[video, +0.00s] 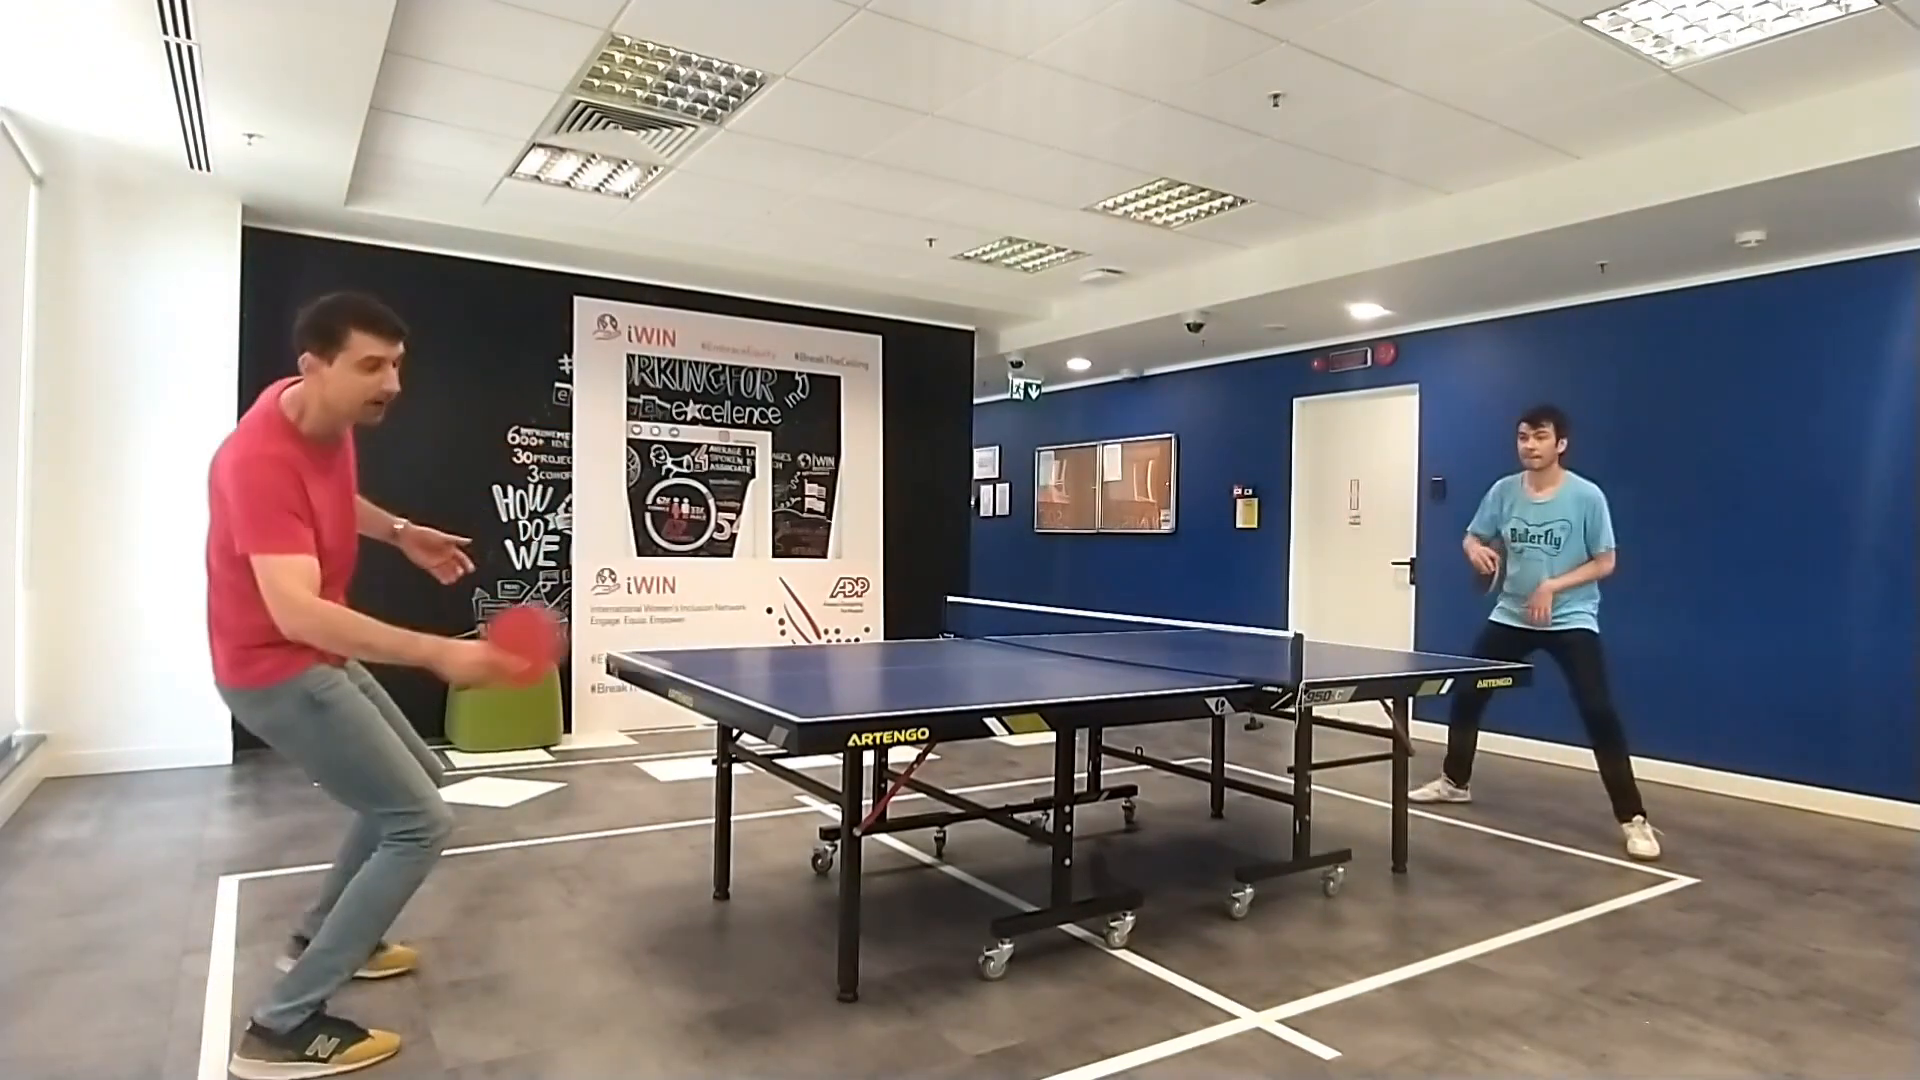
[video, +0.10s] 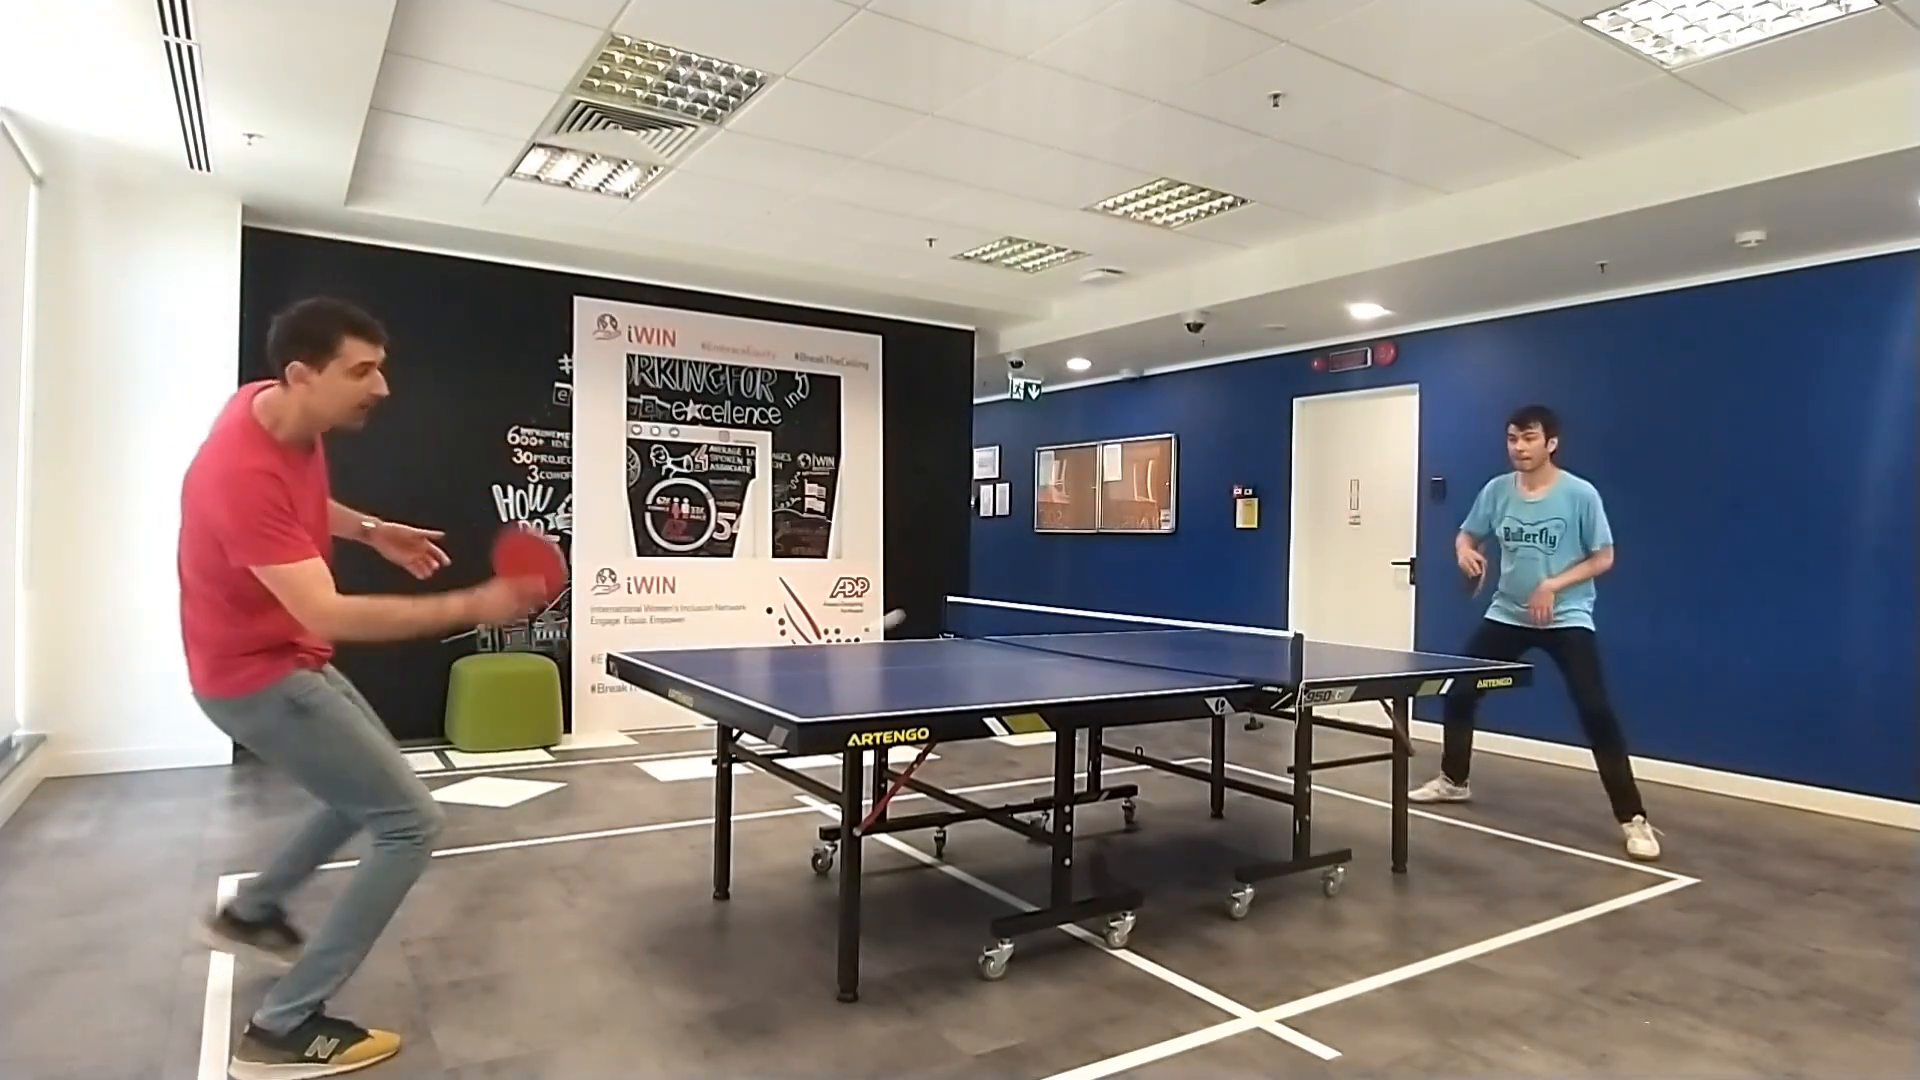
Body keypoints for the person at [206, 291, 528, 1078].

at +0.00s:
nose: (390, 384)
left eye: (394, 367)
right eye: (372, 367)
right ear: (313, 367)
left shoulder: (323, 415)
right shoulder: (262, 461)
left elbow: (327, 500)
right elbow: (298, 614)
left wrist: (401, 532)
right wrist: (441, 653)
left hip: (321, 649)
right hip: (277, 672)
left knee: (419, 783)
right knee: (416, 825)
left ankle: (330, 935)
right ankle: (285, 1021)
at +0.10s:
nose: (379, 389)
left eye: (379, 371)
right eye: (363, 372)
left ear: (307, 374)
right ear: (300, 375)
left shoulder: (284, 413)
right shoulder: (245, 478)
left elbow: (293, 504)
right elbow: (324, 615)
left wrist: (369, 530)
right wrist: (473, 606)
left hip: (291, 652)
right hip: (256, 676)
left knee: (370, 782)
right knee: (409, 824)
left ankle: (252, 905)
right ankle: (286, 1021)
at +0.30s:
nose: (319, 357)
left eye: (317, 340)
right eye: (304, 341)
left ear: (248, 350)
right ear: (246, 348)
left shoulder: (215, 412)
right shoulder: (184, 442)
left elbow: (223, 505)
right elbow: (264, 581)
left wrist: (310, 521)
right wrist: (399, 535)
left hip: (195, 655)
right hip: (195, 665)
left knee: (243, 808)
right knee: (357, 809)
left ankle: (59, 900)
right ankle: (283, 1022)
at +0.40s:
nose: (289, 356)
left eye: (287, 340)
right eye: (275, 340)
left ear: (223, 351)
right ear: (219, 347)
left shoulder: (199, 423)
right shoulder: (136, 432)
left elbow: (207, 510)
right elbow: (186, 574)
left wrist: (291, 526)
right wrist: (332, 544)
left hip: (156, 657)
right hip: (135, 664)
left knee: (151, 818)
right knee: (303, 800)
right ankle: (278, 1021)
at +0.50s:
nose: (268, 353)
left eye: (265, 337)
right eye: (254, 337)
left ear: (205, 350)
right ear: (198, 346)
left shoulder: (192, 425)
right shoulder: (105, 427)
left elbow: (181, 508)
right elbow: (108, 571)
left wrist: (277, 539)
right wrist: (261, 568)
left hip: (107, 650)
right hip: (68, 656)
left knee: (111, 818)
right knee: (230, 795)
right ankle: (253, 1023)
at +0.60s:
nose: (250, 323)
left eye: (247, 308)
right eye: (236, 308)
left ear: (188, 319)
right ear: (181, 315)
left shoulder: (169, 399)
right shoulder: (88, 399)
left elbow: (151, 489)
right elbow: (70, 548)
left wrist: (242, 523)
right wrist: (227, 578)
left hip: (91, 629)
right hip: (51, 633)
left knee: (88, 800)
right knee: (185, 796)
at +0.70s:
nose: (241, 313)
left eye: (238, 298)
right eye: (227, 296)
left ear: (178, 308)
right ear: (170, 302)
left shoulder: (159, 399)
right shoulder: (89, 391)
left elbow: (134, 487)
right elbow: (71, 539)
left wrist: (214, 517)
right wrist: (223, 577)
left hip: (95, 629)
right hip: (47, 631)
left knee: (93, 805)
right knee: (124, 822)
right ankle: (1, 1020)